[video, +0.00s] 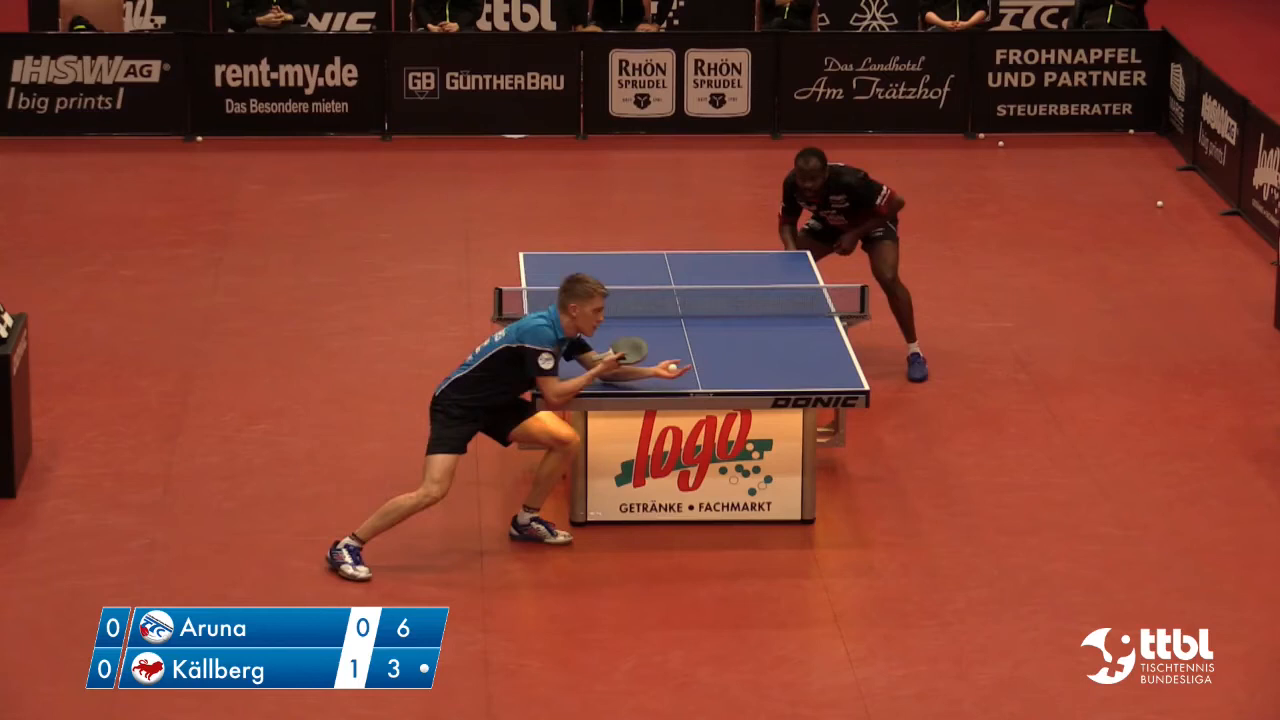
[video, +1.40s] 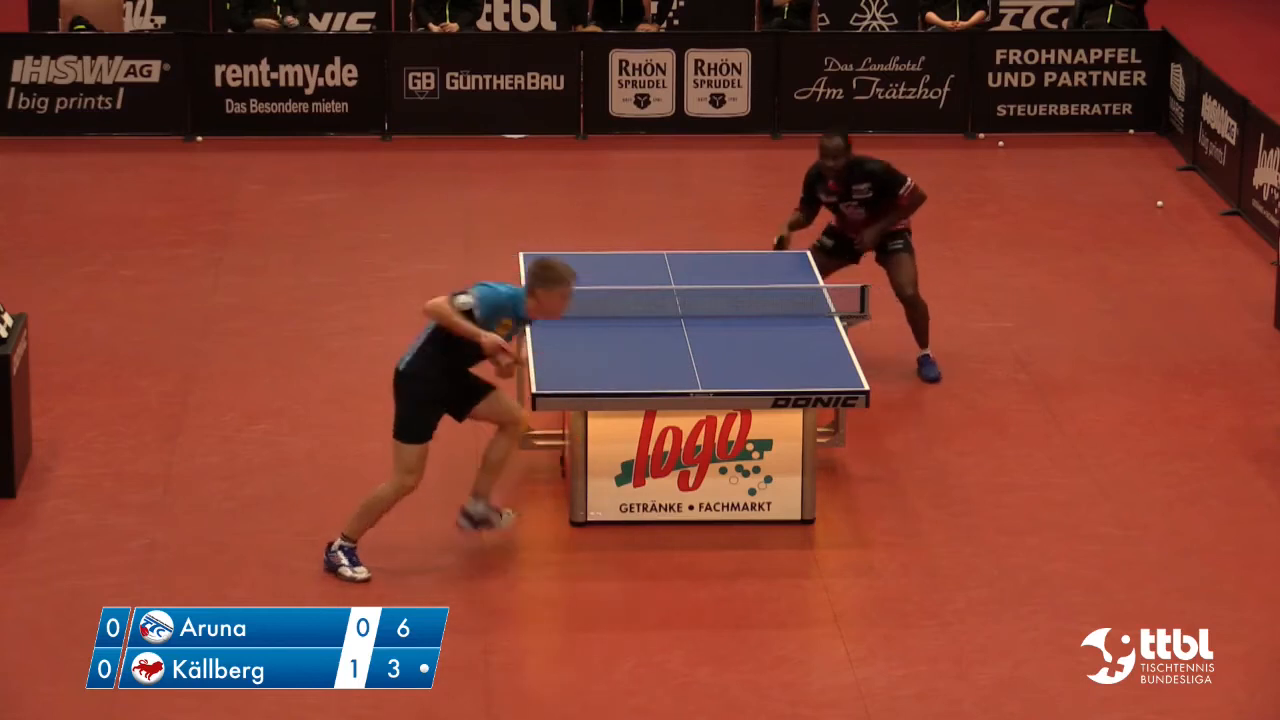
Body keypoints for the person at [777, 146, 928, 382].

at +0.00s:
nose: (808, 185)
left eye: (813, 179)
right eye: (803, 179)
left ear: (825, 173)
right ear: (795, 173)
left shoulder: (850, 180)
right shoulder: (792, 184)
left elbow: (895, 202)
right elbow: (787, 222)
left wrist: (855, 234)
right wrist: (793, 252)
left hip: (872, 220)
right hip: (830, 221)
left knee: (887, 278)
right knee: (791, 264)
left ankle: (914, 351)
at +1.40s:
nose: (831, 164)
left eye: (837, 157)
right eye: (825, 157)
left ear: (849, 154)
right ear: (819, 156)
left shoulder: (874, 170)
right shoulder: (815, 177)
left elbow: (916, 197)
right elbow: (807, 213)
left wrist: (877, 230)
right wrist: (787, 227)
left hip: (889, 231)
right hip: (844, 232)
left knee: (908, 294)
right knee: (799, 279)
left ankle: (925, 355)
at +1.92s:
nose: (809, 165)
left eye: (815, 158)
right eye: (806, 159)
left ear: (831, 151)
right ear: (801, 154)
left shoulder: (864, 159)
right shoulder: (804, 184)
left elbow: (911, 169)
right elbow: (793, 231)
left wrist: (911, 217)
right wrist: (768, 242)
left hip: (882, 239)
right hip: (838, 241)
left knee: (908, 307)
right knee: (799, 287)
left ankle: (941, 363)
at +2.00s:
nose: (795, 171)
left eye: (800, 164)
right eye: (791, 165)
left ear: (814, 156)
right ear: (786, 162)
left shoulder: (844, 160)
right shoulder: (787, 189)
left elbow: (888, 164)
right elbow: (781, 236)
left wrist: (898, 209)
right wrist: (766, 243)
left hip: (864, 239)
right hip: (820, 244)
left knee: (900, 303)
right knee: (791, 296)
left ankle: (939, 361)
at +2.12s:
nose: (774, 184)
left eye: (778, 177)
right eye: (767, 179)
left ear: (788, 167)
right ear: (760, 176)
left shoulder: (809, 165)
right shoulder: (760, 200)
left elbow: (844, 168)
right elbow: (766, 239)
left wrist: (860, 210)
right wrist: (764, 249)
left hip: (834, 247)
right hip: (797, 261)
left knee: (879, 302)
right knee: (791, 318)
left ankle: (928, 362)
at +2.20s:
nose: (762, 183)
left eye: (765, 176)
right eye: (755, 178)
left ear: (775, 166)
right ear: (747, 176)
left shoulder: (792, 165)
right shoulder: (744, 202)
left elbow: (823, 168)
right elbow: (753, 244)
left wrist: (839, 212)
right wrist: (758, 243)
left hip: (817, 246)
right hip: (784, 261)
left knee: (860, 300)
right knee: (785, 318)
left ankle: (910, 360)